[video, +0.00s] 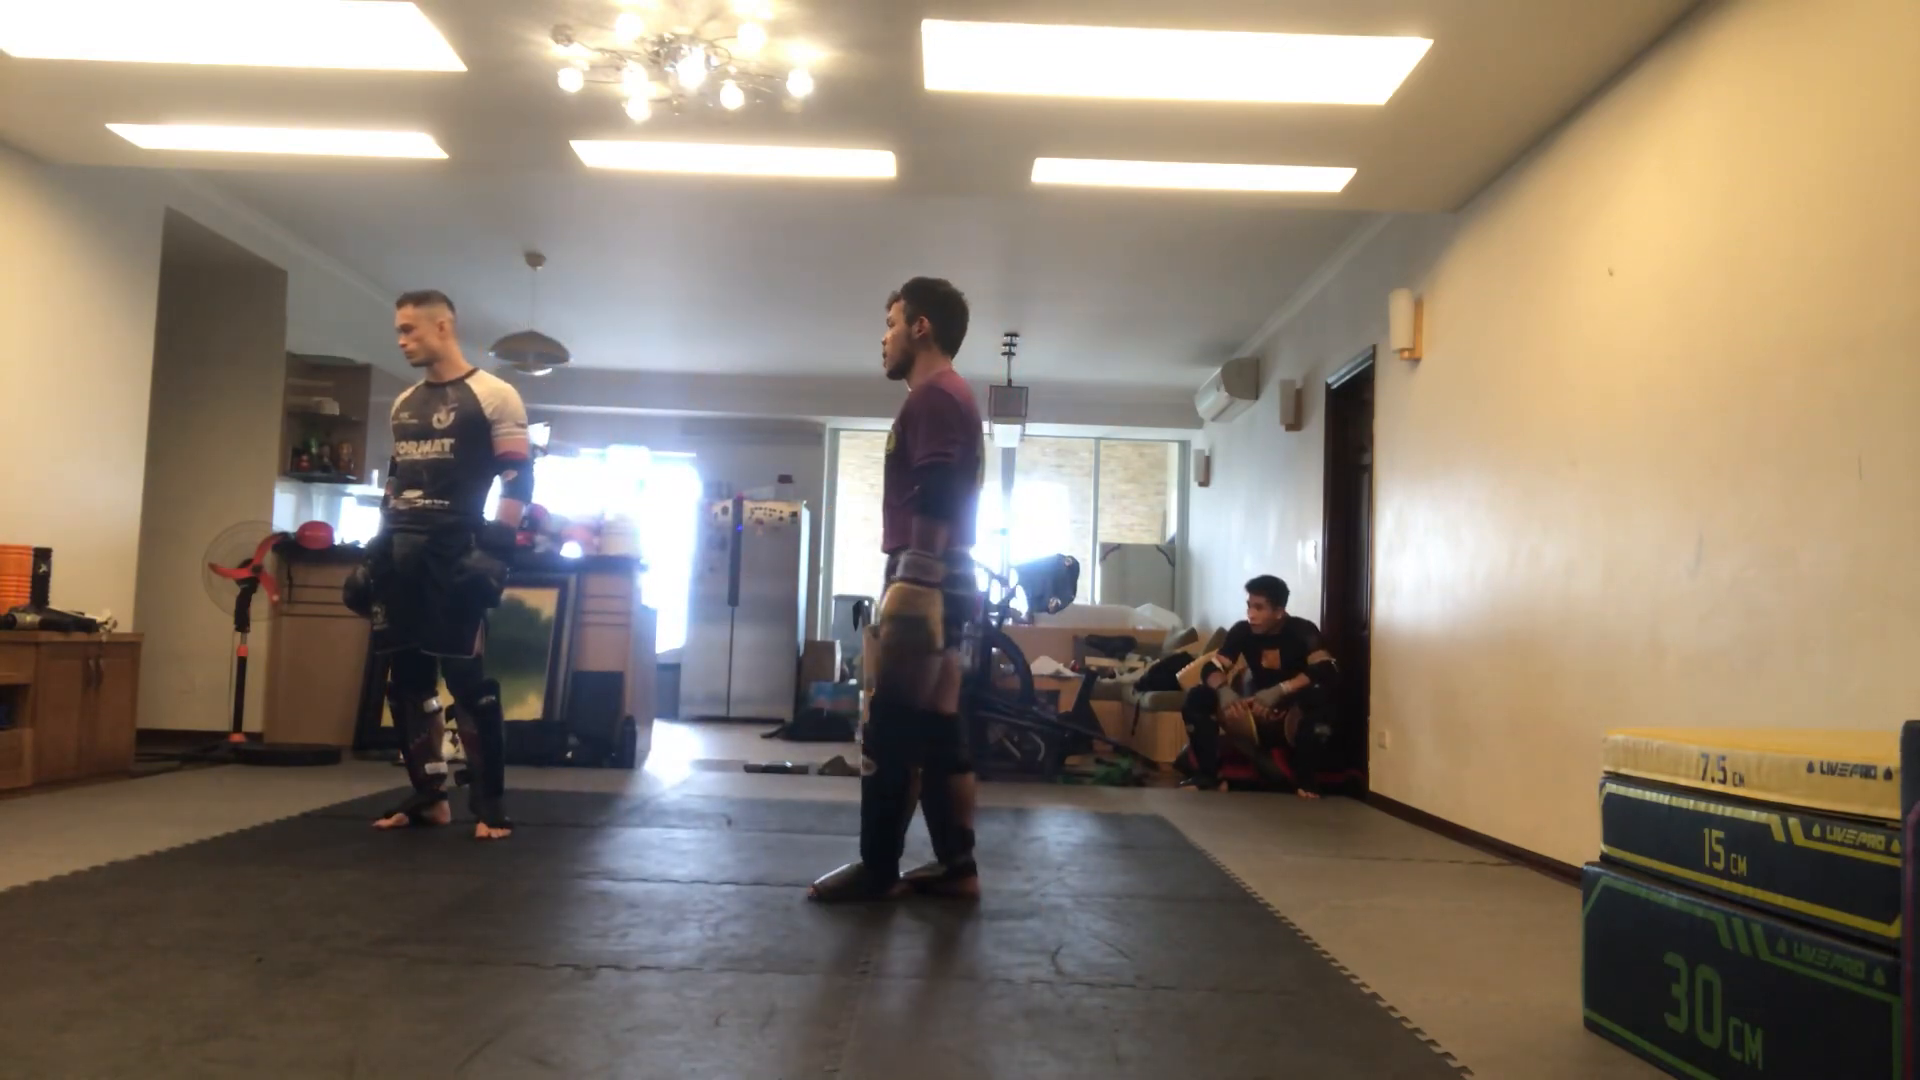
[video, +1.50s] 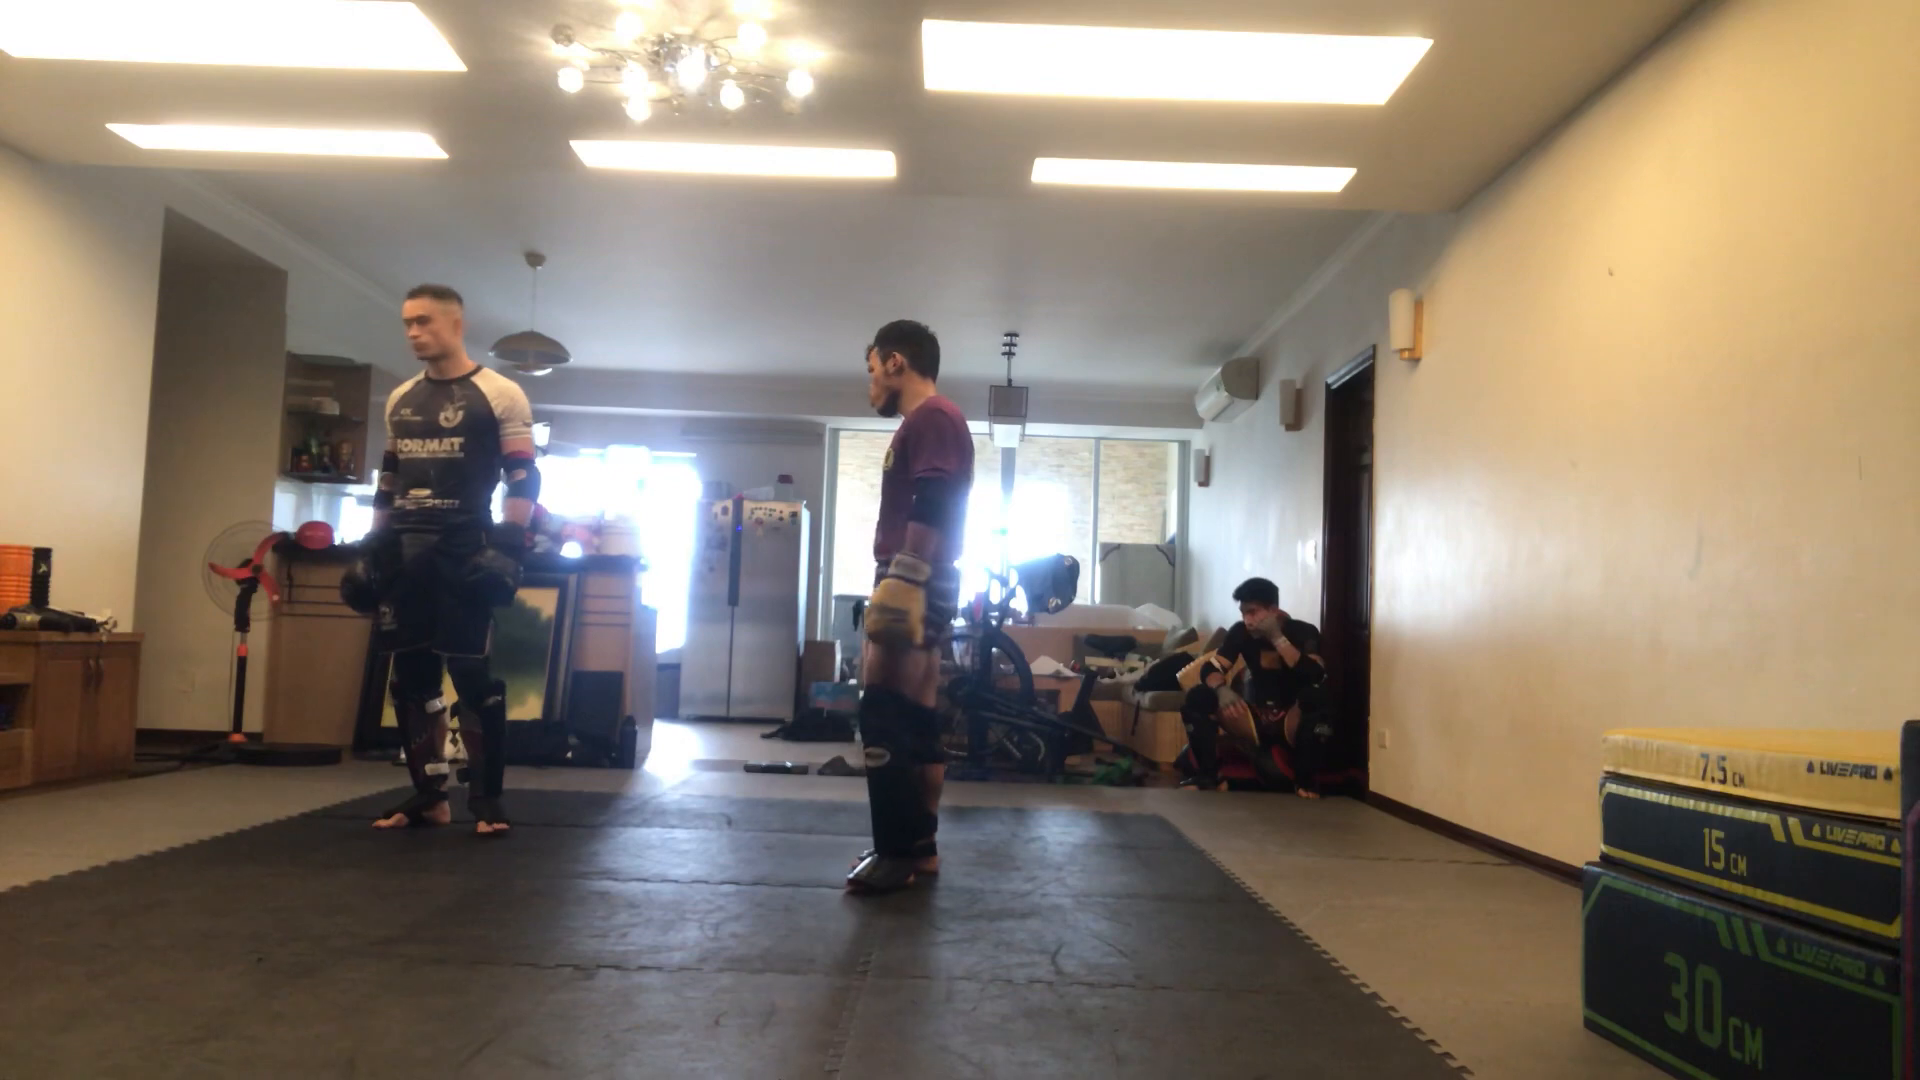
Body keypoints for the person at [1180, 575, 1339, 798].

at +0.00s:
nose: (1250, 614)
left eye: (1258, 608)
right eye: (1249, 606)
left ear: (1279, 611)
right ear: (1246, 604)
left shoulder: (1303, 631)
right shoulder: (1242, 631)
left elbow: (1325, 668)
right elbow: (1212, 669)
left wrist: (1278, 691)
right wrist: (1224, 691)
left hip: (1294, 711)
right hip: (1253, 711)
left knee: (1318, 702)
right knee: (1198, 698)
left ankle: (1306, 782)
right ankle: (1208, 776)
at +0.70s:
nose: (1245, 617)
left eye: (1251, 610)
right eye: (1243, 610)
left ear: (1274, 610)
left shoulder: (1304, 633)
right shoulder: (1242, 633)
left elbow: (1330, 671)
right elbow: (1211, 668)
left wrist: (1281, 669)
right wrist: (1223, 691)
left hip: (1292, 720)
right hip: (1250, 719)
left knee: (1320, 704)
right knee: (1198, 698)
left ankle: (1306, 781)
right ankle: (1208, 777)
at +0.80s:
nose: (1245, 619)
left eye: (1251, 612)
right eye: (1243, 612)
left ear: (1274, 611)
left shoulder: (1305, 633)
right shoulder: (1242, 633)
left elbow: (1324, 674)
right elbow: (1211, 669)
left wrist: (1278, 647)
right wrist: (1224, 691)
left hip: (1294, 720)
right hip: (1252, 719)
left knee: (1320, 699)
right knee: (1198, 698)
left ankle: (1306, 781)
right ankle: (1208, 777)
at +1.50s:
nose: (1246, 620)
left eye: (1252, 613)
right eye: (1243, 613)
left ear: (1273, 609)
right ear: (1240, 610)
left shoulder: (1304, 632)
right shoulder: (1241, 632)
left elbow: (1314, 675)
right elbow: (1210, 669)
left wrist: (1276, 637)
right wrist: (1222, 690)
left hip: (1291, 720)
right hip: (1251, 719)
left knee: (1317, 696)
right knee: (1198, 698)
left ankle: (1305, 780)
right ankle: (1207, 776)